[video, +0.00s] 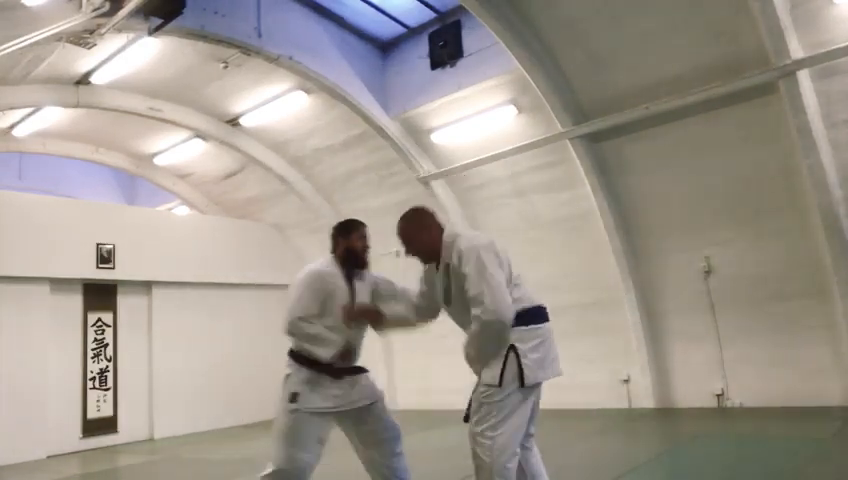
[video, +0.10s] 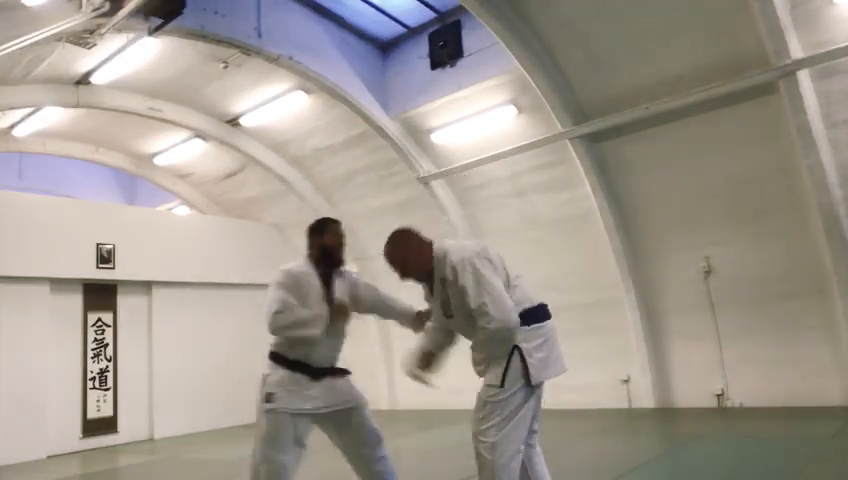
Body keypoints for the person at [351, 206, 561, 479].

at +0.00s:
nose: (408, 252)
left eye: (409, 243)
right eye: (405, 245)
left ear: (428, 231)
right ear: (431, 231)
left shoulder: (472, 249)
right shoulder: (436, 266)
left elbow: (497, 314)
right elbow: (423, 310)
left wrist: (475, 355)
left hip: (522, 340)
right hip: (505, 341)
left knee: (487, 434)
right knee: (518, 440)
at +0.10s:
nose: (404, 277)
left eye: (403, 268)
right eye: (399, 271)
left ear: (416, 252)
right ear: (418, 249)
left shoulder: (464, 259)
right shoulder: (437, 273)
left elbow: (502, 320)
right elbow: (444, 324)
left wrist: (481, 354)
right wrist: (427, 353)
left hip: (524, 342)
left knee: (491, 437)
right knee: (521, 440)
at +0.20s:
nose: (399, 295)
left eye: (397, 287)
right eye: (393, 290)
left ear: (409, 270)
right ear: (410, 266)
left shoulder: (456, 270)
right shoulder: (436, 285)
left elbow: (505, 325)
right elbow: (462, 337)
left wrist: (480, 361)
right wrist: (476, 368)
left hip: (526, 342)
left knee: (496, 438)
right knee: (521, 437)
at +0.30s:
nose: (396, 309)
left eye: (394, 302)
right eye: (390, 305)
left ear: (404, 286)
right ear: (406, 281)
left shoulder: (450, 282)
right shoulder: (429, 290)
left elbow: (507, 328)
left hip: (527, 343)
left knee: (499, 441)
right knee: (522, 440)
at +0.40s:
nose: (395, 328)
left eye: (390, 320)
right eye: (388, 324)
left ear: (398, 300)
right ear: (398, 297)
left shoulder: (443, 292)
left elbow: (505, 333)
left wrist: (496, 370)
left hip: (528, 343)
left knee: (499, 439)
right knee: (527, 437)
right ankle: (542, 478)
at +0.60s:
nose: (392, 346)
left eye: (386, 340)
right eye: (385, 343)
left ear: (392, 318)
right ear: (391, 315)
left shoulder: (435, 303)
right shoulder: (423, 310)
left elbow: (502, 336)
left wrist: (496, 373)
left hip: (524, 339)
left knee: (498, 439)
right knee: (529, 434)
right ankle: (546, 475)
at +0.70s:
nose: (389, 352)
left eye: (383, 346)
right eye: (382, 350)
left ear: (389, 325)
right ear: (389, 322)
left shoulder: (431, 308)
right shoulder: (422, 315)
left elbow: (500, 338)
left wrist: (495, 376)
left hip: (523, 340)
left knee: (497, 438)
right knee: (531, 434)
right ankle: (547, 476)